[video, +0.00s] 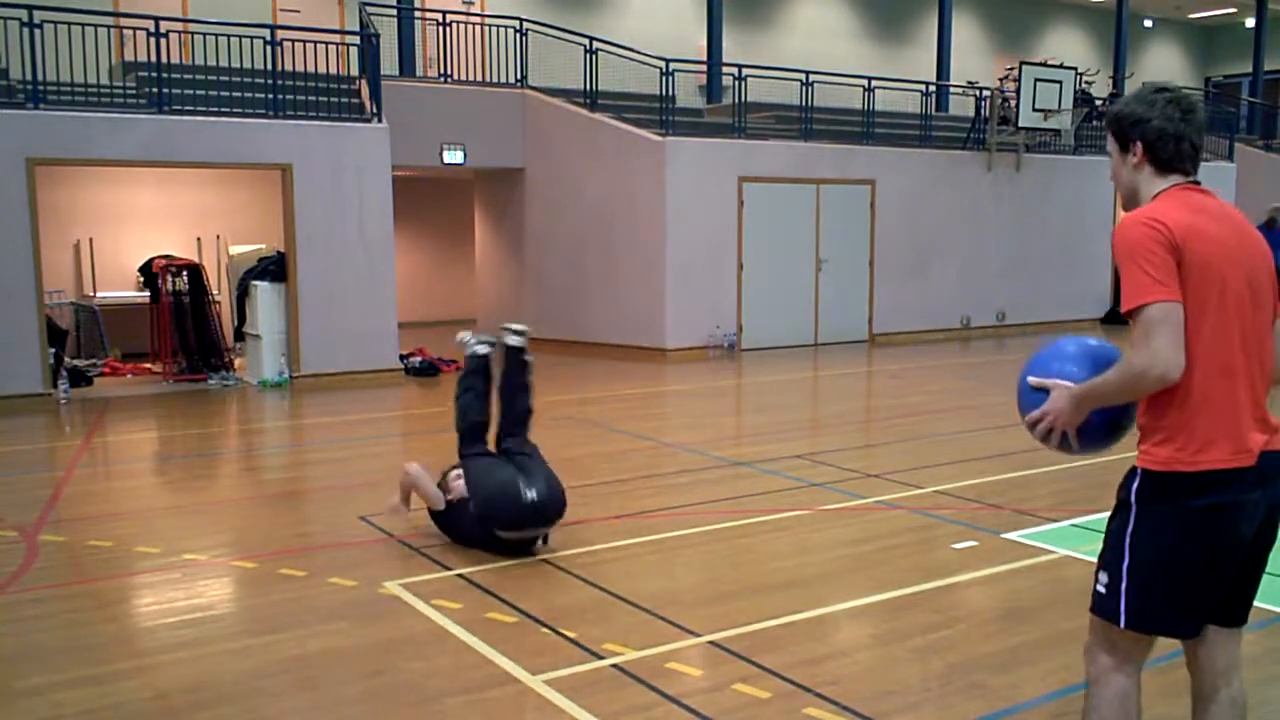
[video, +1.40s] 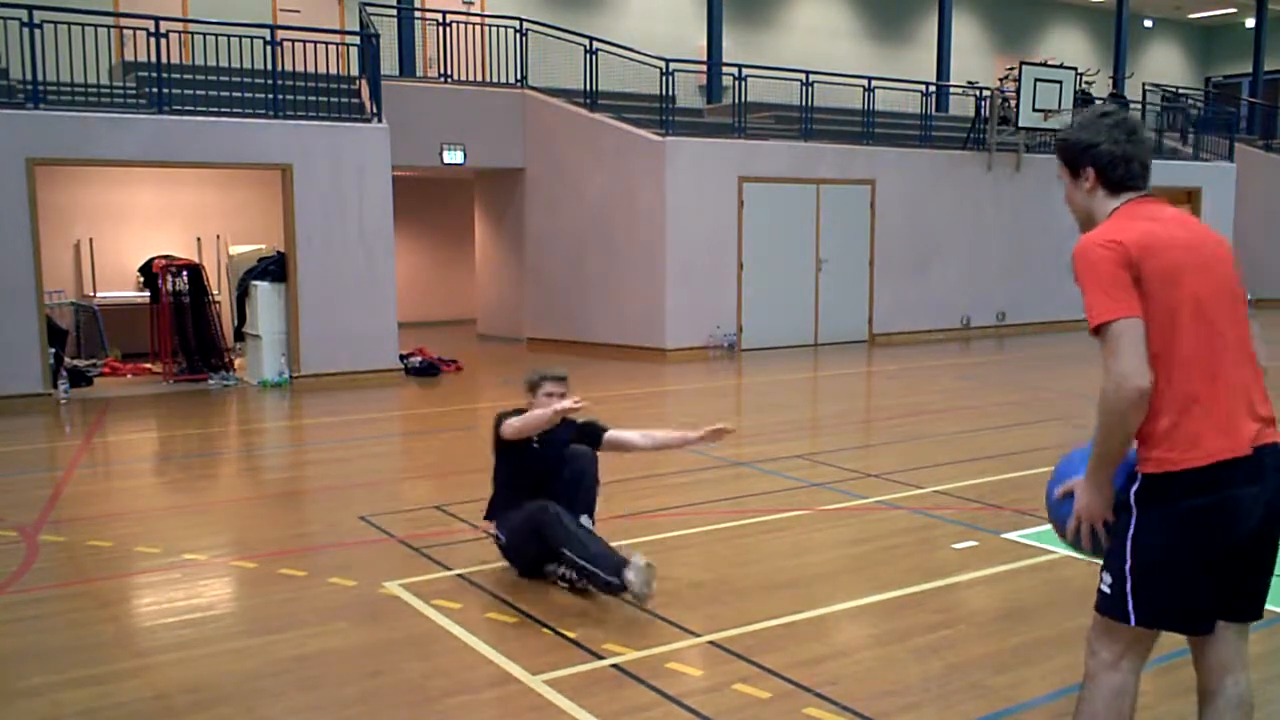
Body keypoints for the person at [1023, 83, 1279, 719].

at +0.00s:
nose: (1111, 172)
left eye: (1111, 155)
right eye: (1110, 157)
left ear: (1134, 152)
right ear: (1187, 152)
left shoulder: (1146, 226)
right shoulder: (1245, 231)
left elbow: (1160, 360)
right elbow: (1265, 369)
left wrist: (1080, 397)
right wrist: (1131, 389)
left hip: (1176, 481)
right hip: (1256, 477)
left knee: (1113, 655)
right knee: (1216, 650)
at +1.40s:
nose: (1064, 195)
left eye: (1064, 180)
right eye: (1062, 180)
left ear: (1087, 176)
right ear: (1140, 171)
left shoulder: (1104, 244)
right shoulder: (1209, 237)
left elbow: (1130, 381)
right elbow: (1241, 360)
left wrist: (1097, 481)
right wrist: (1153, 445)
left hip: (1179, 480)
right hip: (1255, 470)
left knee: (1114, 654)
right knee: (1222, 650)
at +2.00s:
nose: (1008, 175)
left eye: (1008, 161)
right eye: (1009, 162)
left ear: (1025, 163)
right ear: (1081, 160)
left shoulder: (1025, 236)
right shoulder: (1133, 226)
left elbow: (974, 361)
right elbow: (1083, 349)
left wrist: (906, 349)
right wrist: (989, 344)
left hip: (1093, 468)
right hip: (1176, 459)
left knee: (1072, 658)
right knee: (1167, 638)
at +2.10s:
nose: (1009, 166)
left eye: (1009, 152)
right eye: (1010, 153)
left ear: (1025, 156)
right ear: (1081, 153)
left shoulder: (1024, 233)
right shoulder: (1130, 223)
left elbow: (975, 364)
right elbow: (1082, 347)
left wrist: (912, 364)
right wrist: (989, 348)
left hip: (1083, 470)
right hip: (1166, 461)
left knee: (1063, 660)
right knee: (1156, 633)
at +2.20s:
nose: (1008, 164)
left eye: (1010, 151)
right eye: (1009, 151)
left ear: (1026, 155)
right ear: (1081, 152)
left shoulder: (1025, 231)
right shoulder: (1131, 223)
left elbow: (989, 367)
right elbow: (1094, 354)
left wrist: (930, 401)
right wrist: (998, 378)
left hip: (1081, 469)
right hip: (1163, 461)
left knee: (1059, 653)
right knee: (1151, 632)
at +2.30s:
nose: (1010, 165)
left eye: (1010, 152)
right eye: (1010, 153)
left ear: (1027, 155)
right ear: (1085, 154)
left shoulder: (1028, 233)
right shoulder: (1136, 225)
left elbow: (1015, 368)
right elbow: (1135, 367)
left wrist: (949, 435)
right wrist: (1045, 421)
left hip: (1080, 469)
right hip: (1163, 462)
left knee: (1057, 648)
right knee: (1151, 627)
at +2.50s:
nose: (1027, 164)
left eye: (1027, 149)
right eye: (1028, 150)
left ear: (1046, 150)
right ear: (1106, 150)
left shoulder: (1050, 229)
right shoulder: (1154, 222)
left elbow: (1055, 362)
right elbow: (1168, 338)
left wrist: (1014, 471)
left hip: (1094, 476)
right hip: (1174, 466)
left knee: (1065, 647)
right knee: (1161, 635)